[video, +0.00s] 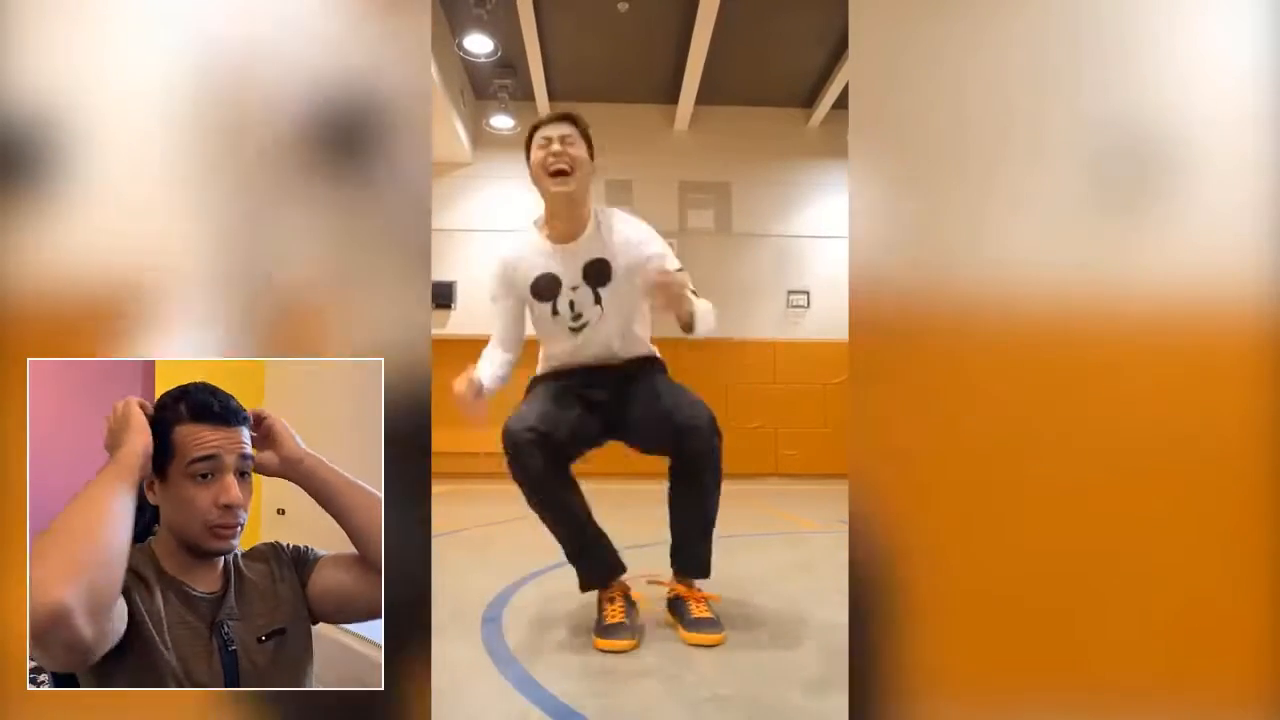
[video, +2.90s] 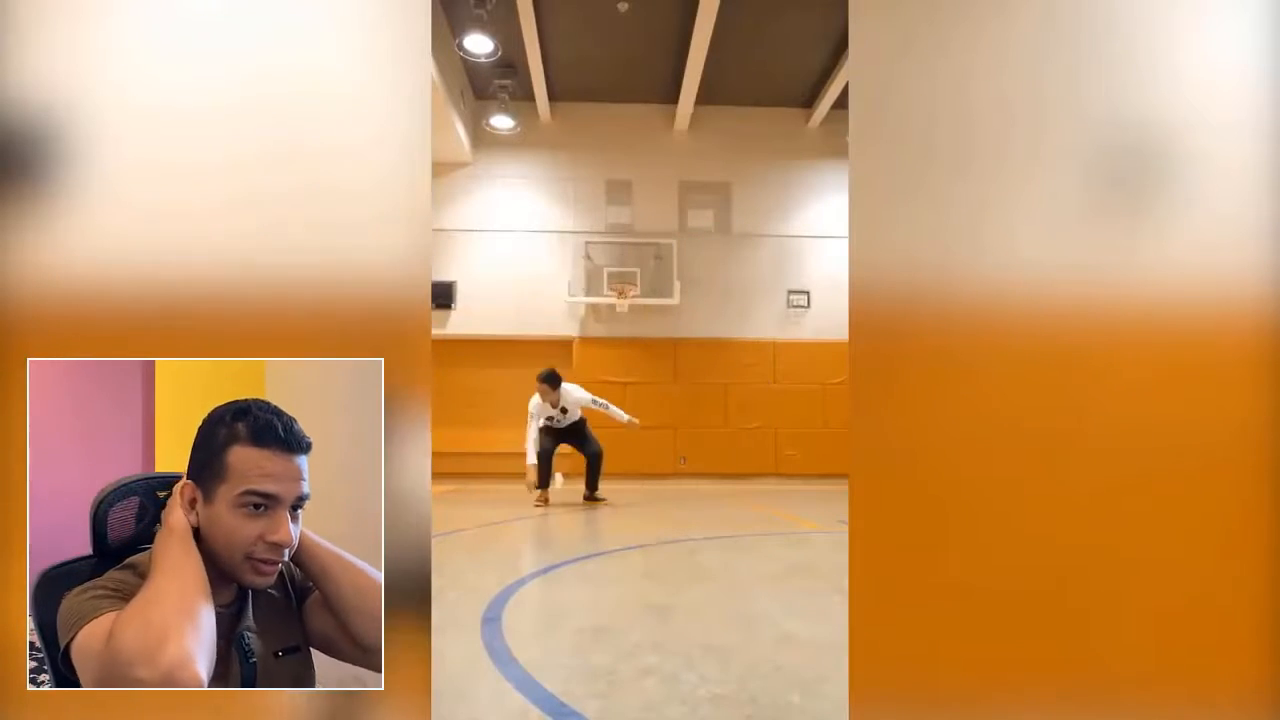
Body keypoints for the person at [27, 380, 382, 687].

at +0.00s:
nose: (233, 497)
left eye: (241, 473)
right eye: (204, 475)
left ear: (254, 477)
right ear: (154, 486)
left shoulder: (281, 574)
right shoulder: (120, 586)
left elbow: (403, 569)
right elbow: (57, 613)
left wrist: (299, 463)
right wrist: (126, 461)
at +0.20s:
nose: (237, 511)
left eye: (248, 484)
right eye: (208, 486)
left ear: (260, 484)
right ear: (158, 492)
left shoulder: (279, 570)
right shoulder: (115, 592)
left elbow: (395, 545)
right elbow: (49, 555)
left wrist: (271, 448)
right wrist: (128, 440)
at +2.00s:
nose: (273, 533)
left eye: (284, 503)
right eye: (245, 505)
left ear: (288, 504)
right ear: (183, 504)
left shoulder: (287, 580)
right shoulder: (118, 603)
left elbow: (400, 572)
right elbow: (80, 537)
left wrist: (280, 505)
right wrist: (160, 487)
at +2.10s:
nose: (284, 534)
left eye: (292, 504)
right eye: (257, 504)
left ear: (295, 502)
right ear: (191, 503)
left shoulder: (285, 578)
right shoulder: (119, 595)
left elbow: (398, 578)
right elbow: (91, 559)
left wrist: (288, 513)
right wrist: (166, 489)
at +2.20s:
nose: (279, 529)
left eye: (290, 501)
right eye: (254, 500)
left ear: (295, 502)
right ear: (189, 500)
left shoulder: (285, 581)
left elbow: (396, 584)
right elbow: (107, 596)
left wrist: (284, 514)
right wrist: (163, 501)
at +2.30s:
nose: (273, 528)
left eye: (284, 501)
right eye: (244, 498)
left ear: (290, 501)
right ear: (184, 497)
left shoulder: (281, 578)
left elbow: (396, 605)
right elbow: (140, 628)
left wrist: (282, 520)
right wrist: (164, 507)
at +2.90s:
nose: (285, 537)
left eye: (296, 508)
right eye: (256, 507)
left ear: (303, 506)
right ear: (194, 504)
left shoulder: (283, 586)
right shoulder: (100, 602)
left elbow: (394, 648)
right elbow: (174, 675)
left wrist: (292, 531)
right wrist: (176, 527)